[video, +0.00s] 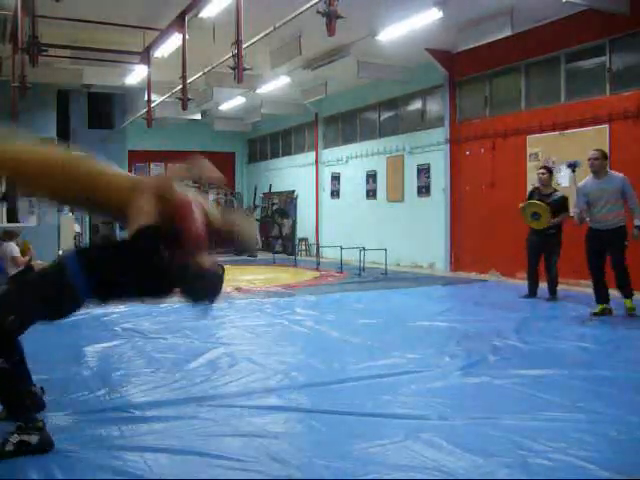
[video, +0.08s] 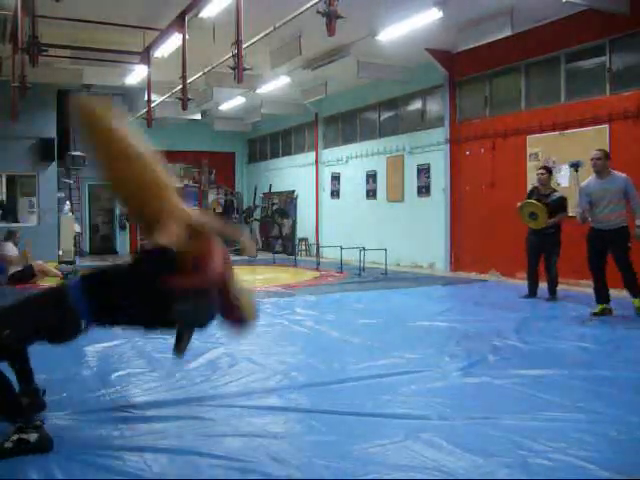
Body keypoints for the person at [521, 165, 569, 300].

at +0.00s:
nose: (541, 177)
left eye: (544, 174)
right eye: (539, 174)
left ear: (550, 177)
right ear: (537, 176)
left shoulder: (559, 197)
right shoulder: (533, 193)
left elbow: (565, 214)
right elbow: (529, 210)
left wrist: (555, 221)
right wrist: (524, 208)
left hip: (552, 232)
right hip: (535, 231)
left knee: (551, 264)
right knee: (532, 263)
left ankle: (553, 292)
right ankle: (532, 291)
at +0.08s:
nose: (540, 177)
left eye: (543, 174)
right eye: (538, 174)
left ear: (550, 177)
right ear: (536, 177)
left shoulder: (558, 197)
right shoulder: (533, 193)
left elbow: (563, 214)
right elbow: (528, 207)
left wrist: (552, 221)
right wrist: (522, 207)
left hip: (551, 232)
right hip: (534, 231)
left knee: (550, 264)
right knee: (532, 263)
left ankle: (552, 292)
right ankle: (532, 291)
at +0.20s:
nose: (539, 177)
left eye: (542, 174)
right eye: (538, 174)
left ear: (550, 177)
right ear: (536, 177)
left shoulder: (558, 197)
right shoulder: (532, 192)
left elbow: (562, 214)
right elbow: (527, 208)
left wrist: (549, 221)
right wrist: (521, 206)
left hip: (550, 231)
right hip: (534, 230)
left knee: (550, 263)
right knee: (532, 262)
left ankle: (552, 292)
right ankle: (532, 290)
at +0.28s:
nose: (539, 177)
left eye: (543, 174)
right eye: (538, 174)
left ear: (550, 176)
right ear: (536, 176)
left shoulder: (557, 197)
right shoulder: (532, 192)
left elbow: (562, 215)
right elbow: (527, 208)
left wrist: (550, 220)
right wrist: (521, 204)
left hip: (549, 231)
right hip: (533, 230)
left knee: (549, 262)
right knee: (531, 261)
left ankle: (552, 292)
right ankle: (532, 290)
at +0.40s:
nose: (540, 176)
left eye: (543, 173)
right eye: (538, 173)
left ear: (550, 175)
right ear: (536, 176)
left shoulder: (558, 196)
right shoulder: (533, 191)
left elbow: (561, 214)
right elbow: (527, 209)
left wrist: (549, 217)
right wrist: (522, 202)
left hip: (550, 230)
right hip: (534, 229)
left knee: (549, 262)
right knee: (531, 261)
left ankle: (552, 292)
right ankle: (532, 290)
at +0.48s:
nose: (540, 175)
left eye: (543, 172)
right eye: (539, 172)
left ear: (550, 174)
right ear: (537, 175)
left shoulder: (558, 195)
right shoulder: (534, 191)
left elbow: (561, 214)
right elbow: (527, 209)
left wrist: (548, 212)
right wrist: (523, 200)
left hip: (550, 230)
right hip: (534, 228)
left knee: (549, 262)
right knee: (531, 261)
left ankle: (552, 292)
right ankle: (531, 290)